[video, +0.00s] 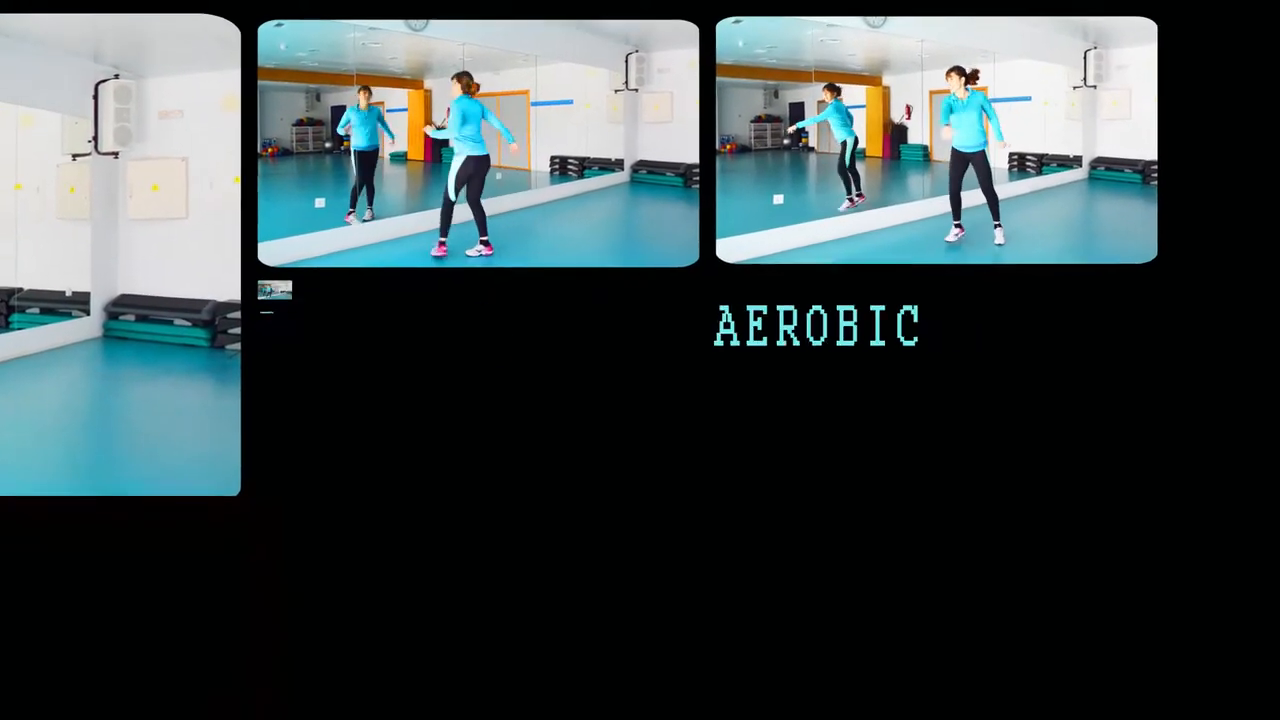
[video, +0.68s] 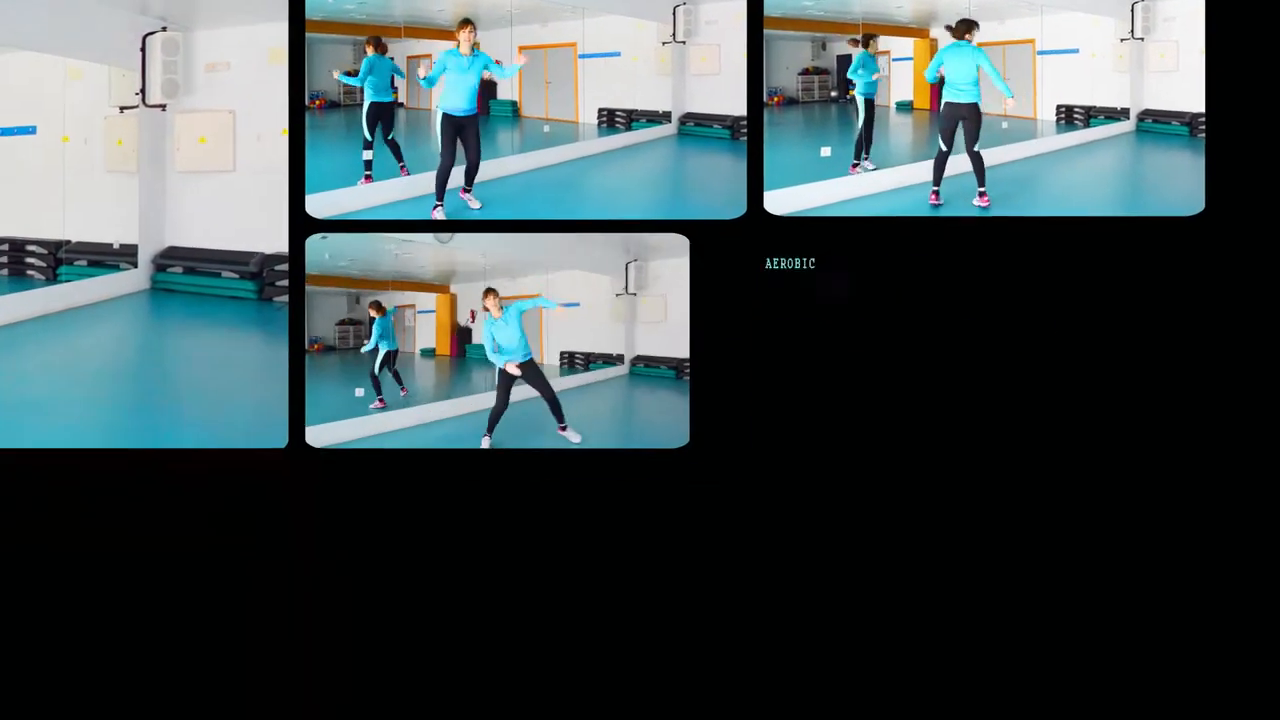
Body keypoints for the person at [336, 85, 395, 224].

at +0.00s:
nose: (365, 96)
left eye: (367, 93)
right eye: (363, 93)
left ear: (370, 96)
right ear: (359, 96)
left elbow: (384, 124)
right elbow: (339, 128)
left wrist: (391, 136)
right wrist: (344, 132)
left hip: (373, 147)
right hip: (358, 148)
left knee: (369, 180)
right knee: (360, 180)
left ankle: (369, 209)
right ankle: (351, 211)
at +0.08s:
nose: (377, 89)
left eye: (378, 87)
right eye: (376, 87)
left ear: (373, 88)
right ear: (368, 87)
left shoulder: (375, 103)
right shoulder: (358, 102)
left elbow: (375, 120)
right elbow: (346, 119)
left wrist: (379, 131)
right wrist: (362, 122)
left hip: (373, 139)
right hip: (361, 139)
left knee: (371, 172)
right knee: (363, 172)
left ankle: (370, 202)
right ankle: (355, 207)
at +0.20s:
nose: (381, 78)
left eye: (380, 75)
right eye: (380, 75)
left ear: (369, 78)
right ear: (378, 77)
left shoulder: (367, 91)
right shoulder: (374, 89)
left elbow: (353, 108)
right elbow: (369, 106)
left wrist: (352, 123)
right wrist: (385, 115)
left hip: (364, 127)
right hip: (368, 128)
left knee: (371, 162)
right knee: (369, 162)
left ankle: (365, 195)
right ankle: (362, 198)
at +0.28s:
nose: (366, 73)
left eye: (366, 71)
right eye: (366, 71)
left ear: (369, 72)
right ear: (379, 71)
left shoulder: (362, 85)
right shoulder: (381, 83)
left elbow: (349, 100)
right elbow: (382, 100)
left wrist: (340, 116)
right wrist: (398, 109)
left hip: (362, 121)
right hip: (374, 122)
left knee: (365, 157)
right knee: (375, 157)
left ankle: (360, 191)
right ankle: (368, 193)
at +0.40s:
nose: (366, 64)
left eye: (367, 61)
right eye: (367, 61)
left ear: (369, 62)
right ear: (380, 62)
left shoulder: (362, 76)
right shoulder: (386, 75)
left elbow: (351, 92)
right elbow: (396, 90)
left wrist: (335, 104)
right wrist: (412, 94)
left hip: (365, 116)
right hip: (381, 115)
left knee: (363, 151)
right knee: (382, 151)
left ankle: (354, 185)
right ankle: (381, 186)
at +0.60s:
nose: (366, 55)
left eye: (366, 53)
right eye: (366, 53)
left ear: (371, 52)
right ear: (379, 52)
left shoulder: (367, 66)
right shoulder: (389, 66)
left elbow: (362, 84)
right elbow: (405, 78)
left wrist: (340, 86)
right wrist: (408, 74)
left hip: (370, 108)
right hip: (386, 108)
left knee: (365, 143)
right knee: (391, 141)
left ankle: (363, 180)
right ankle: (400, 174)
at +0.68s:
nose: (366, 50)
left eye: (367, 47)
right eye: (366, 48)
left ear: (370, 47)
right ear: (379, 47)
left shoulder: (368, 60)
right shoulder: (388, 61)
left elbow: (359, 81)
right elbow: (402, 75)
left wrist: (340, 77)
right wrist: (392, 68)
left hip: (372, 103)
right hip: (388, 103)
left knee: (368, 139)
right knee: (388, 137)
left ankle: (368, 176)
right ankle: (403, 169)